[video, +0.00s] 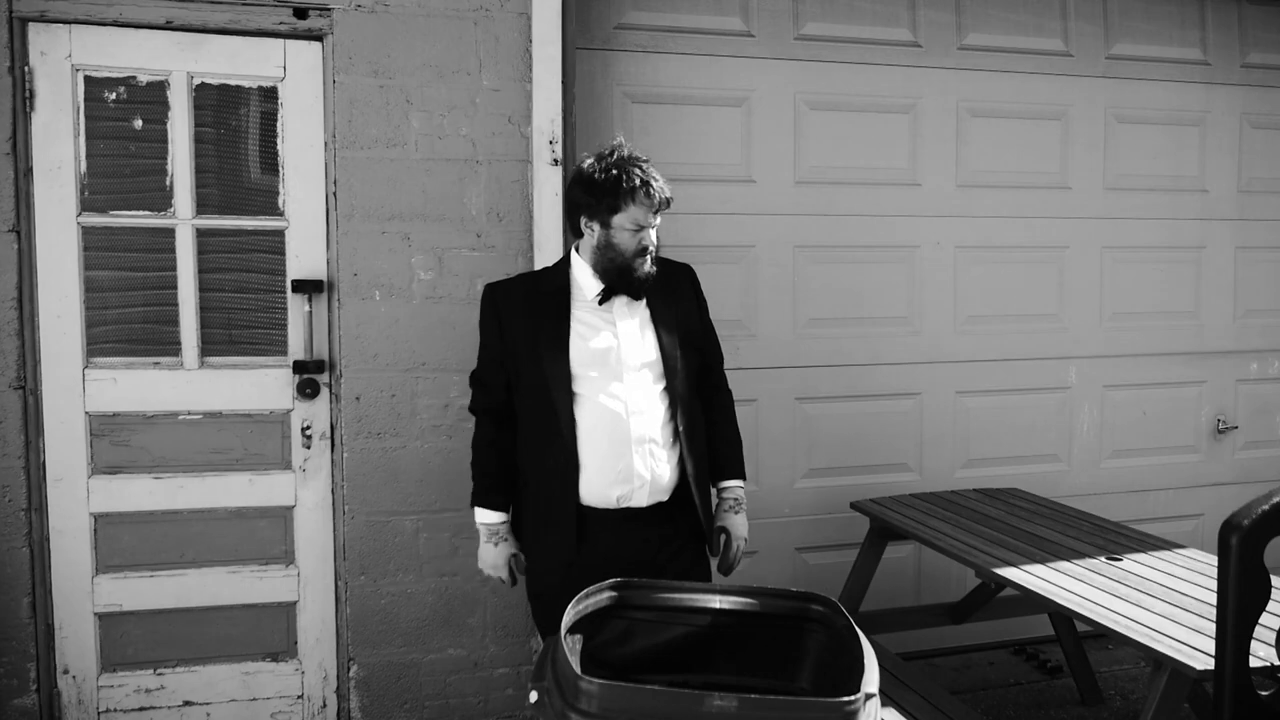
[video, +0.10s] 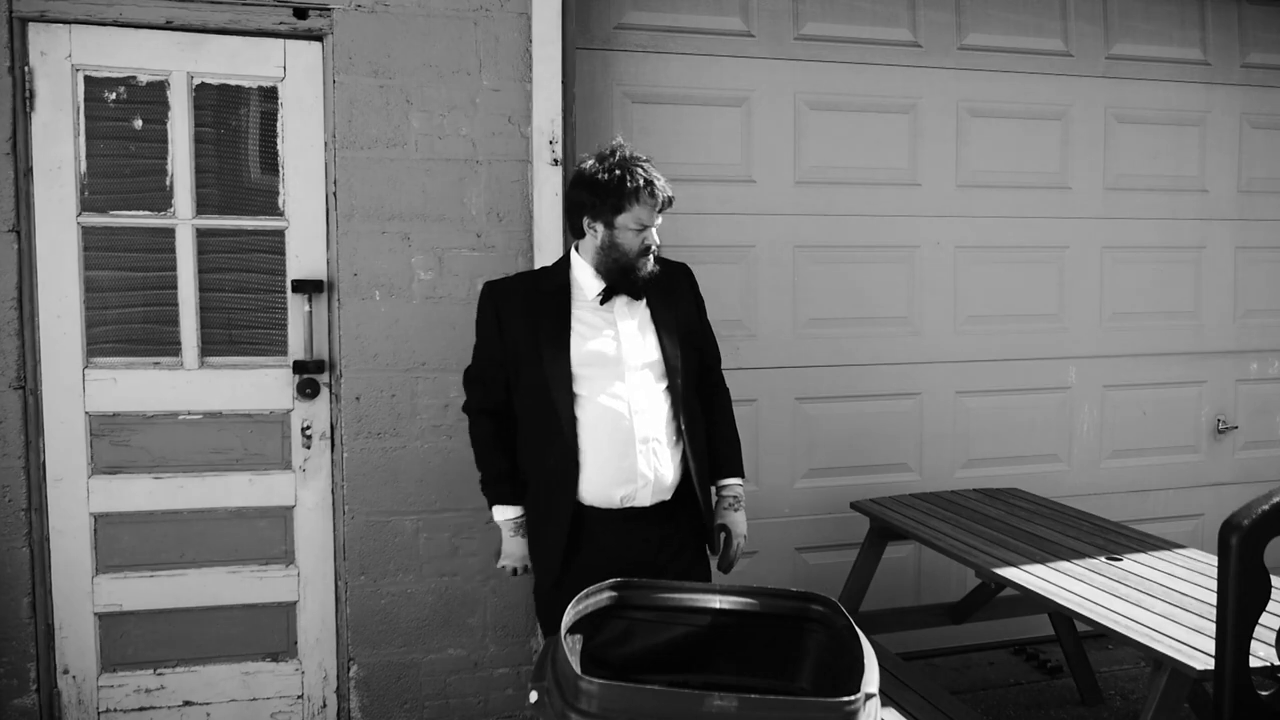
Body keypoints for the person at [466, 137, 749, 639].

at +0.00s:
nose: (652, 244)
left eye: (655, 228)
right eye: (637, 229)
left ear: (659, 222)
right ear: (590, 227)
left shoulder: (677, 287)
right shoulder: (513, 304)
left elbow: (713, 392)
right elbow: (493, 418)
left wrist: (731, 497)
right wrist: (493, 527)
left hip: (671, 530)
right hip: (570, 536)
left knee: (678, 695)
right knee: (582, 697)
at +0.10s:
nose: (654, 243)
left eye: (656, 227)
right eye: (640, 230)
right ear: (593, 228)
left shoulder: (674, 285)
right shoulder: (512, 303)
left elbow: (710, 388)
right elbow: (489, 412)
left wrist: (730, 493)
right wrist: (510, 523)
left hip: (674, 528)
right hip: (577, 535)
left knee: (680, 691)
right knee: (583, 694)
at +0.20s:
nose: (656, 242)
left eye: (657, 227)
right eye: (643, 229)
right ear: (595, 227)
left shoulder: (672, 285)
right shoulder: (512, 303)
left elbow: (708, 388)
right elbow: (483, 416)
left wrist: (729, 494)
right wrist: (494, 531)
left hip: (674, 529)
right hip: (575, 536)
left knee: (682, 695)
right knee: (585, 699)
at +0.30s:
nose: (658, 240)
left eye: (659, 225)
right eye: (645, 227)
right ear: (597, 227)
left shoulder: (672, 286)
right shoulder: (513, 304)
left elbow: (708, 389)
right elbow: (484, 419)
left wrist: (728, 493)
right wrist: (479, 532)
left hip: (674, 530)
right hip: (575, 538)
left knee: (683, 698)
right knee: (587, 707)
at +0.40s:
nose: (660, 240)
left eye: (660, 224)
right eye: (646, 225)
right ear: (597, 225)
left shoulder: (672, 286)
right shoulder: (515, 304)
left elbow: (707, 389)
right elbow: (485, 416)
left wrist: (729, 492)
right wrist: (477, 528)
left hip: (674, 531)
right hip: (575, 538)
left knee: (682, 699)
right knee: (586, 707)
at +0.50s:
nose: (659, 238)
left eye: (660, 223)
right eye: (646, 225)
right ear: (598, 225)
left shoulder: (672, 285)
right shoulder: (515, 303)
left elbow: (707, 387)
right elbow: (486, 414)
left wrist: (729, 491)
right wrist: (488, 522)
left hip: (674, 530)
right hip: (577, 538)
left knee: (684, 699)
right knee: (588, 707)